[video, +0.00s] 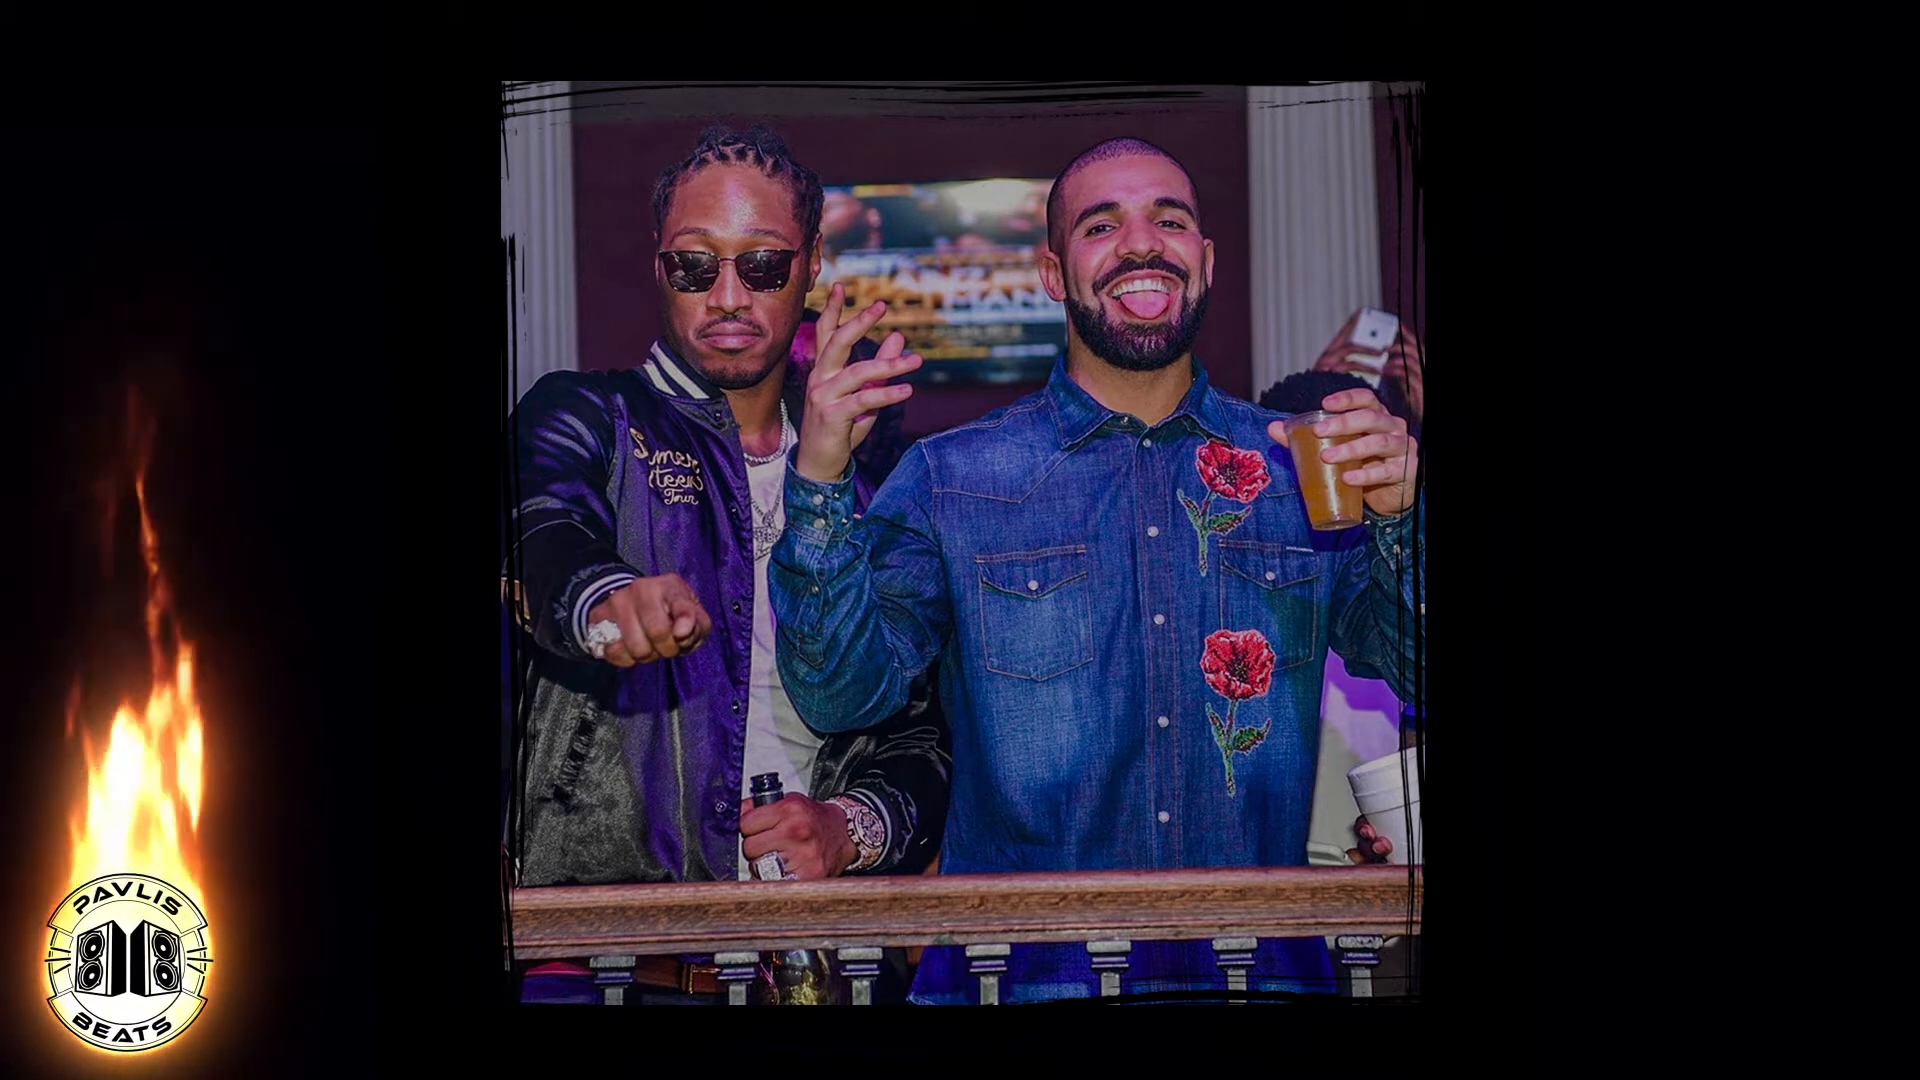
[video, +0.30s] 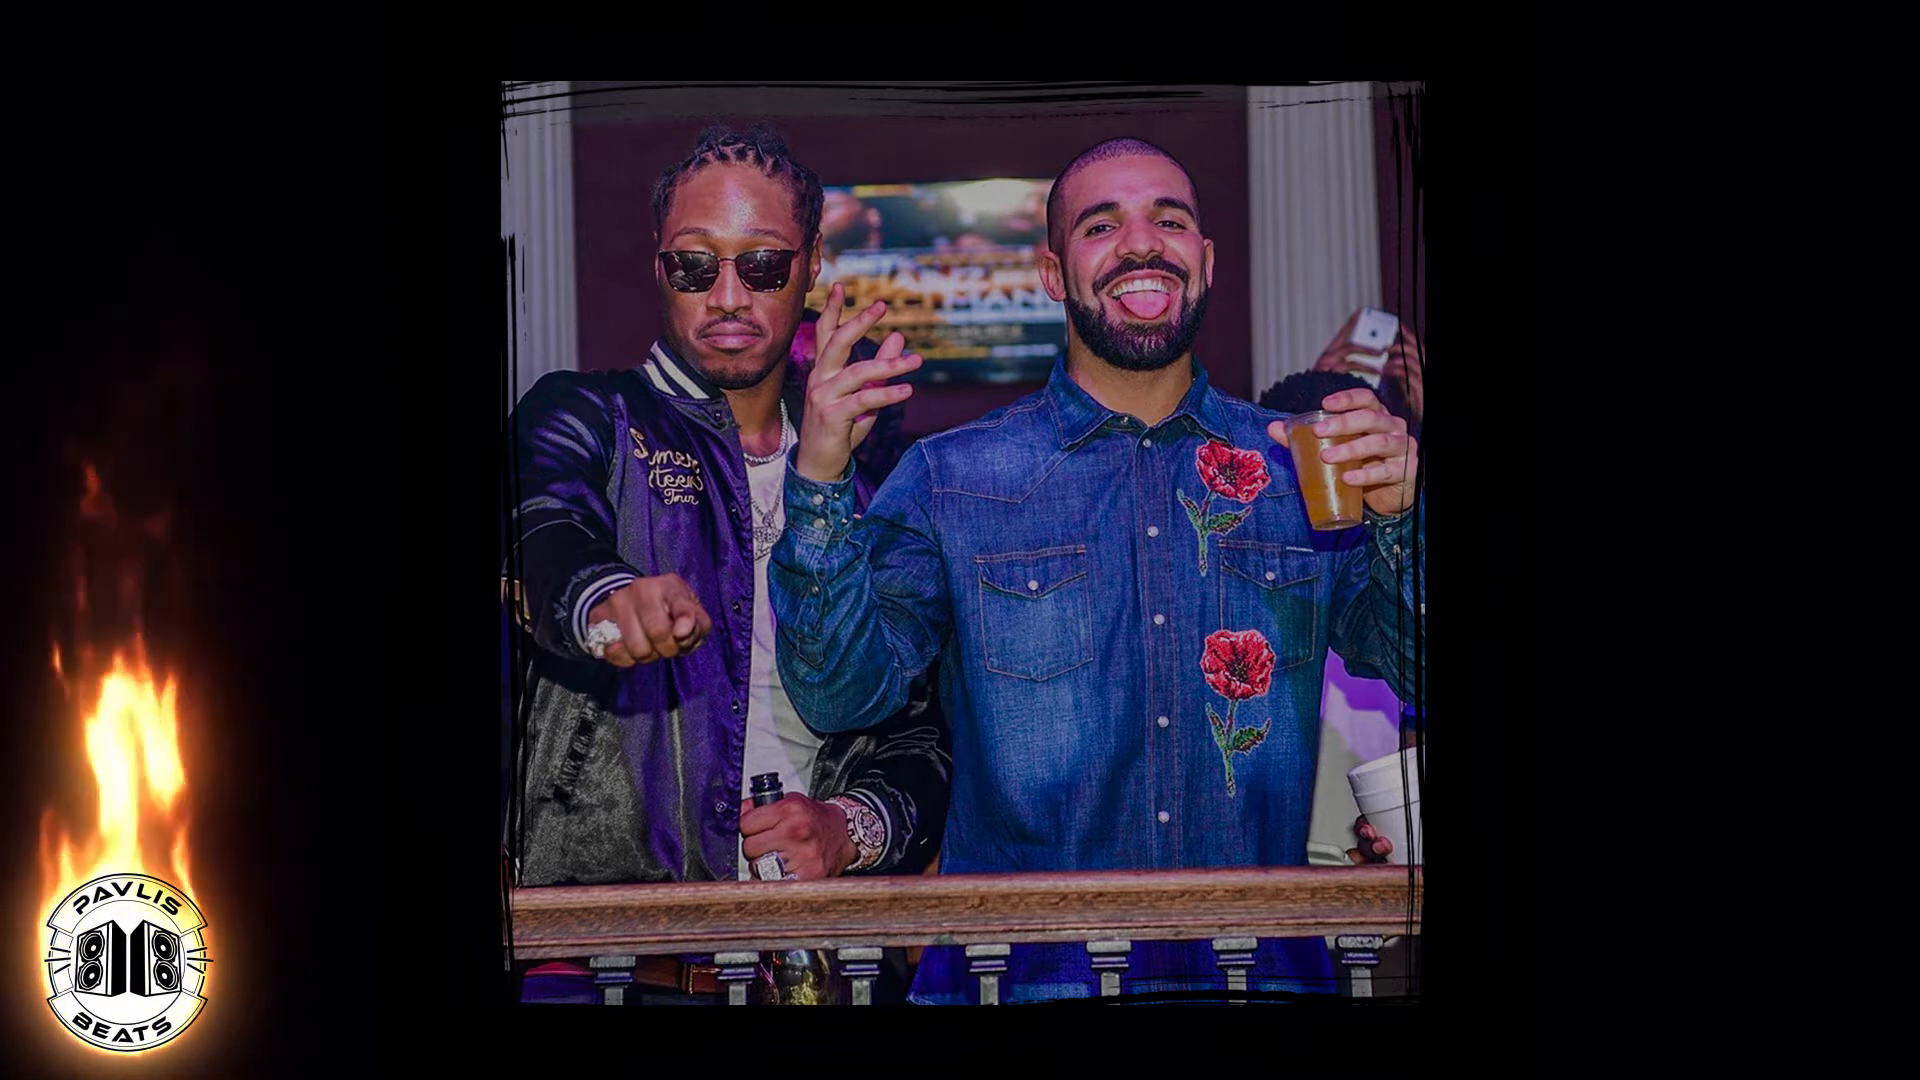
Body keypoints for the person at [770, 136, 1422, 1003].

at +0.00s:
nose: (1142, 242)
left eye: (1170, 219)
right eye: (1102, 225)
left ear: (1207, 259)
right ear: (1055, 273)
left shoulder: (1304, 469)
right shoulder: (945, 478)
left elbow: (1413, 673)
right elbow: (840, 692)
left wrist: (1402, 516)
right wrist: (818, 475)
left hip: (1255, 955)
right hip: (1022, 963)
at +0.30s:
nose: (1142, 242)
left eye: (1170, 219)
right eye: (1102, 225)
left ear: (1207, 259)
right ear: (1055, 273)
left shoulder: (1304, 469)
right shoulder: (945, 478)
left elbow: (1413, 673)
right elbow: (840, 692)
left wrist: (1402, 516)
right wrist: (818, 475)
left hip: (1255, 955)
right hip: (1022, 963)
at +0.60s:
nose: (1142, 242)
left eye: (1170, 219)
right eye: (1102, 225)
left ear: (1207, 259)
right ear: (1055, 273)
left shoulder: (1304, 469)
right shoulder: (945, 478)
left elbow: (1413, 673)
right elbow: (840, 692)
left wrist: (1402, 516)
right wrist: (818, 475)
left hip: (1255, 955)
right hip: (1022, 963)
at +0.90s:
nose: (1142, 242)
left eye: (1170, 219)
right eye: (1102, 225)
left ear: (1207, 259)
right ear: (1055, 273)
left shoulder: (1304, 469)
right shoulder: (945, 478)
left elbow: (1413, 673)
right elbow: (840, 692)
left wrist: (1402, 516)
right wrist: (818, 475)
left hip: (1255, 955)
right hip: (1022, 963)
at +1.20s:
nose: (1142, 242)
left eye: (1170, 219)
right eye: (1102, 225)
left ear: (1207, 259)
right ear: (1055, 273)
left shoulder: (1304, 469)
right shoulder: (945, 478)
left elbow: (1413, 673)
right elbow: (840, 692)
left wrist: (1402, 516)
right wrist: (818, 475)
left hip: (1255, 955)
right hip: (1022, 963)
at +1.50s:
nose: (1142, 242)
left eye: (1170, 219)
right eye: (1102, 225)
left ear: (1207, 259)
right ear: (1055, 273)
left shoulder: (1304, 469)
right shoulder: (945, 478)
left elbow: (1413, 673)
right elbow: (840, 692)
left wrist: (1402, 516)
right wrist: (818, 475)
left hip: (1255, 955)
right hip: (1022, 963)